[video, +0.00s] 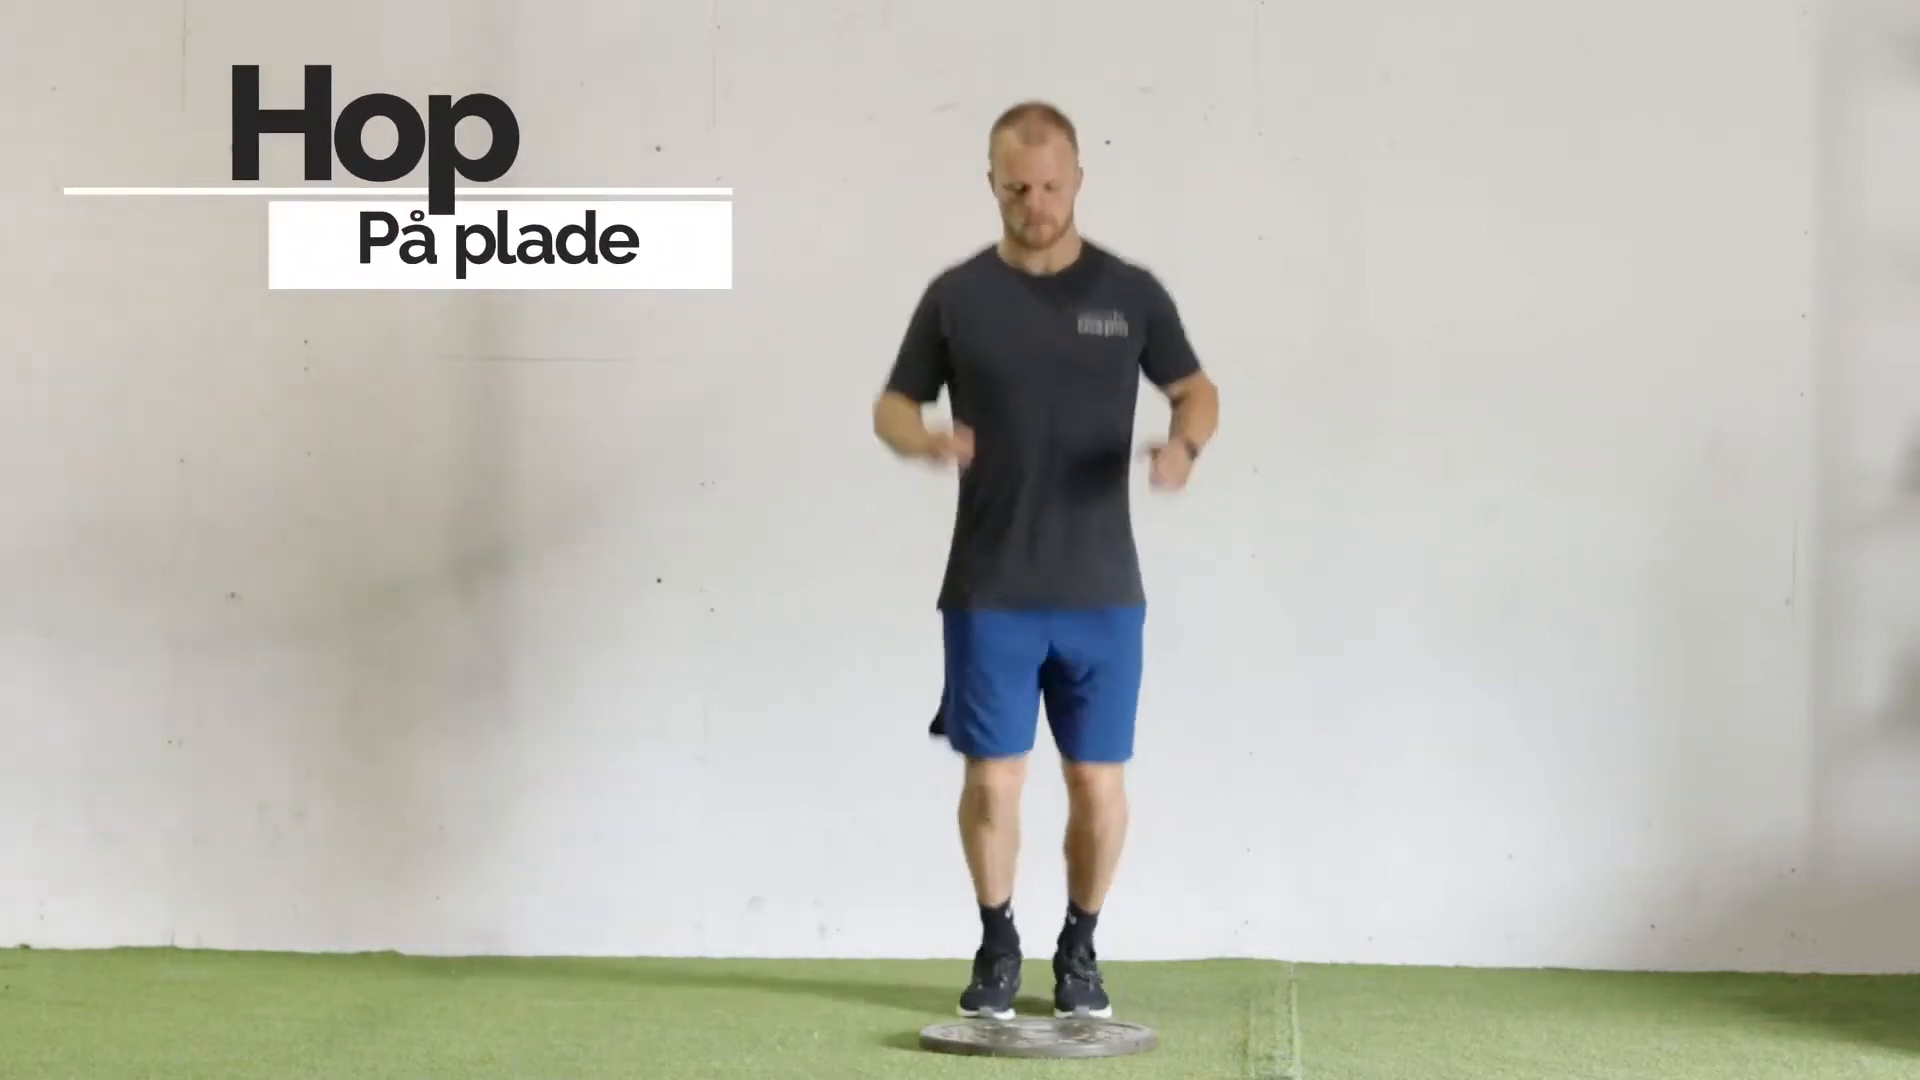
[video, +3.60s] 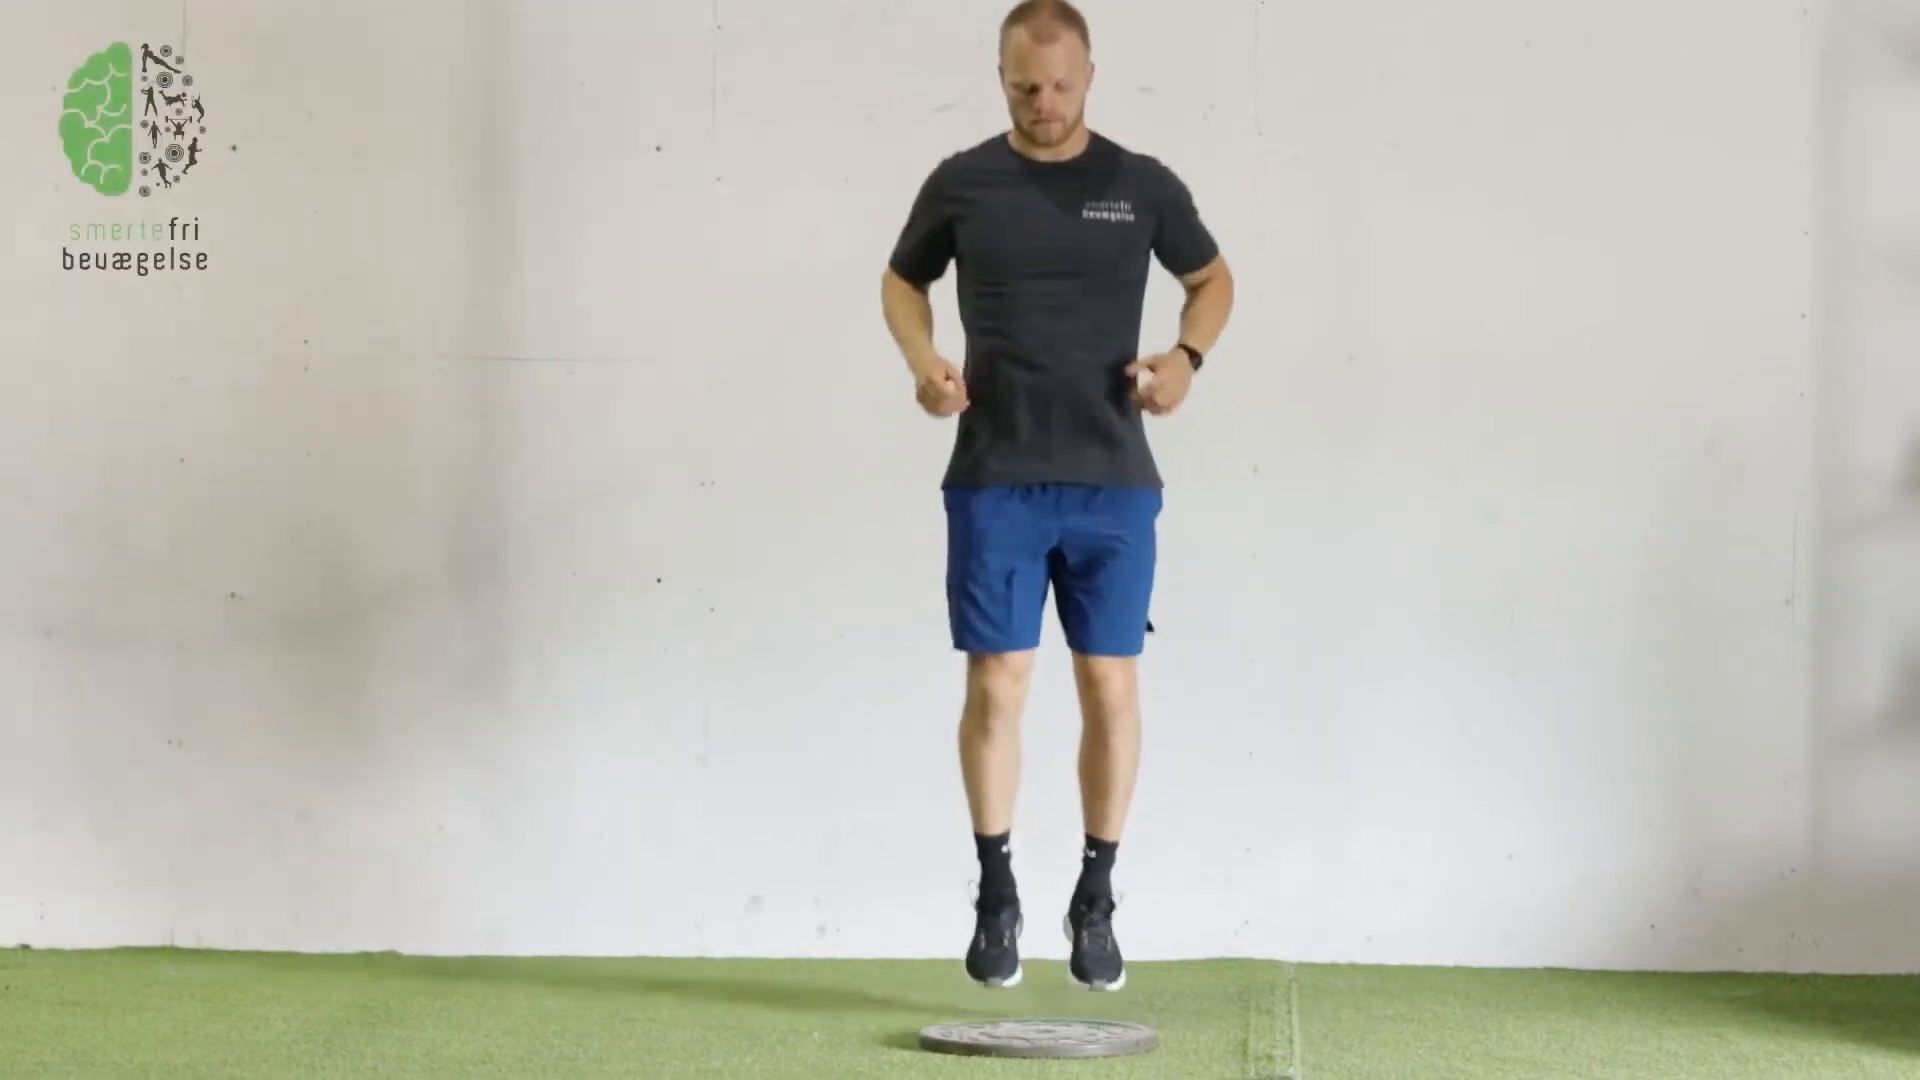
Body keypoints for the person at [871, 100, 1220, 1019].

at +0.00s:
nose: (1033, 203)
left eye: (1049, 185)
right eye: (1015, 187)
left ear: (1078, 180)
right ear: (993, 187)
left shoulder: (1132, 292)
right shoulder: (954, 297)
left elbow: (1196, 393)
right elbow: (892, 410)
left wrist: (1183, 442)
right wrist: (926, 437)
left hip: (1100, 580)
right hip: (992, 581)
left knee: (1097, 782)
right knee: (992, 780)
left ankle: (1080, 950)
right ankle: (997, 948)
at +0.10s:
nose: (1040, 122)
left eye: (1055, 106)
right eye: (1023, 107)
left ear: (1084, 100)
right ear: (1001, 105)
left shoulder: (1133, 205)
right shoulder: (960, 202)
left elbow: (1212, 285)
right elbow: (867, 296)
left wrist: (1204, 325)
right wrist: (907, 297)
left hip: (1106, 491)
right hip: (992, 490)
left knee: (1105, 703)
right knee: (986, 698)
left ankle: (1094, 905)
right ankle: (987, 900)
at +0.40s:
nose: (1048, 166)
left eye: (1064, 149)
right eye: (1031, 150)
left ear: (1093, 147)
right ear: (1008, 150)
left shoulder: (1139, 259)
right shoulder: (964, 254)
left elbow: (1202, 361)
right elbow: (895, 354)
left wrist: (1196, 443)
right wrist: (927, 439)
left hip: (1104, 537)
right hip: (993, 533)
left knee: (1089, 746)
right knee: (1006, 747)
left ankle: (1067, 960)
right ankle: (1010, 960)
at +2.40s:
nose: (1056, 163)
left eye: (1072, 146)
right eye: (1039, 147)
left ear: (1101, 142)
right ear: (1016, 144)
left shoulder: (1148, 258)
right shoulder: (973, 253)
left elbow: (1194, 373)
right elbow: (913, 361)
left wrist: (1173, 441)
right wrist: (939, 447)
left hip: (1121, 547)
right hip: (1008, 544)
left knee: (1112, 743)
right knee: (1012, 743)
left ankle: (1086, 957)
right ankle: (1016, 955)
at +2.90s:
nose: (1055, 142)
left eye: (1071, 125)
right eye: (1038, 126)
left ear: (1101, 120)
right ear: (1016, 125)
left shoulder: (1149, 230)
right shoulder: (974, 227)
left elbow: (1213, 334)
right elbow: (899, 325)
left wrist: (1187, 369)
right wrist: (935, 340)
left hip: (1120, 517)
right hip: (1007, 515)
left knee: (1120, 721)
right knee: (1008, 722)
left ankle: (1106, 929)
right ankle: (1015, 929)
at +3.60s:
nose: (1043, 105)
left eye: (1059, 86)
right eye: (1025, 87)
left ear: (1089, 76)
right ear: (1002, 82)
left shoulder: (1143, 186)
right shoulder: (962, 183)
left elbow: (1211, 279)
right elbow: (904, 280)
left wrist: (1184, 357)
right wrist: (925, 365)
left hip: (1112, 476)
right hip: (997, 475)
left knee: (1109, 686)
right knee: (997, 683)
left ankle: (1096, 900)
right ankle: (996, 896)